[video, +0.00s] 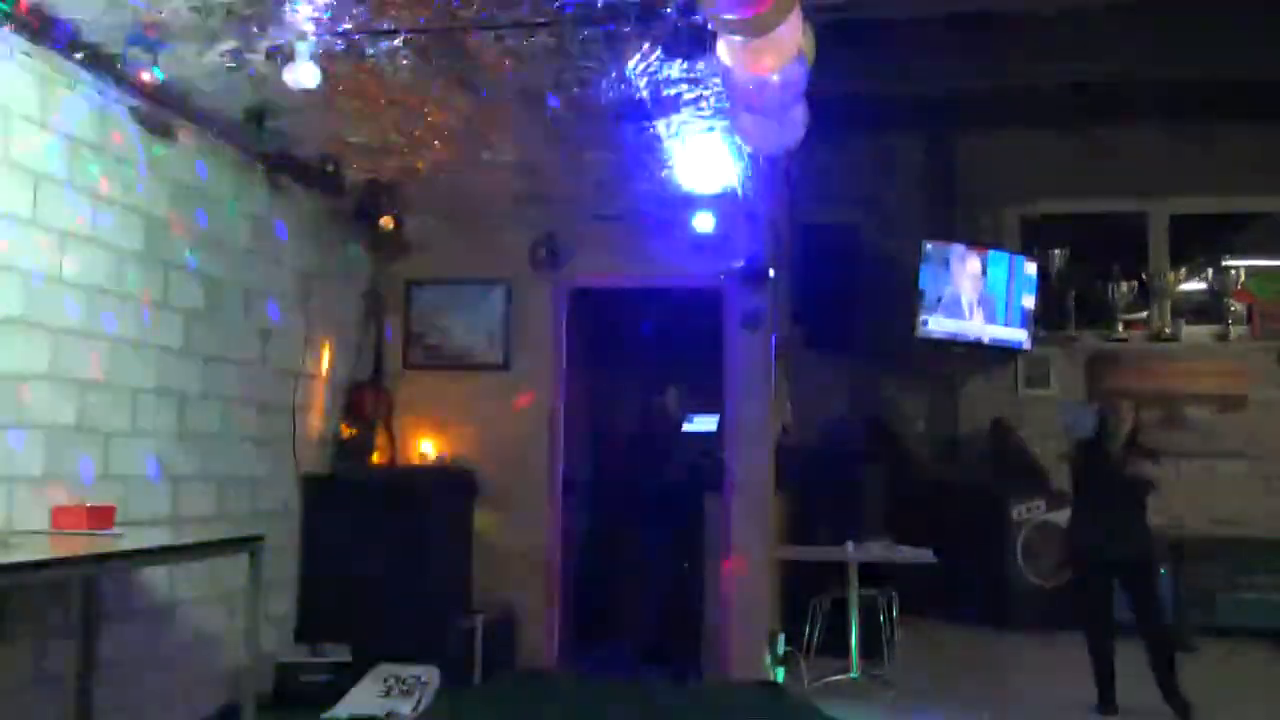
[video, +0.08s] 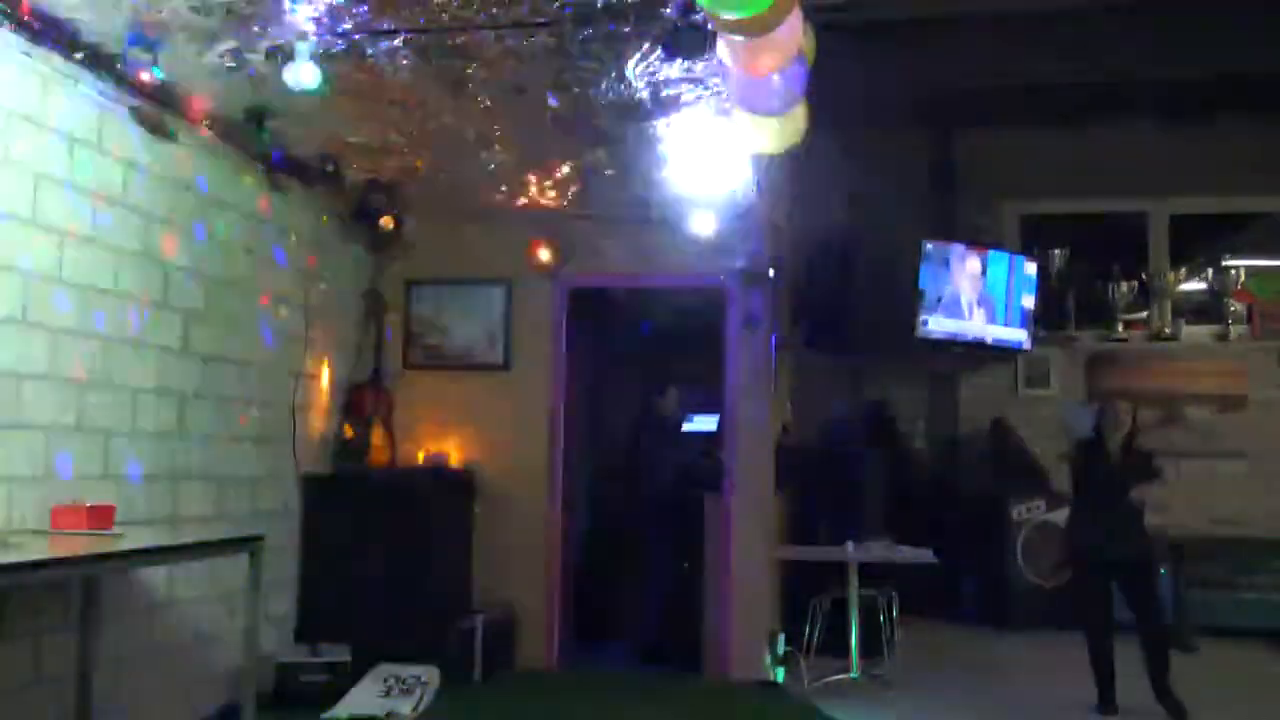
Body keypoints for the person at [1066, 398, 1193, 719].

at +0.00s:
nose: (1121, 421)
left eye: (1127, 414)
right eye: (1115, 414)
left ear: (1135, 419)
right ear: (1103, 418)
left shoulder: (1142, 455)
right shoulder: (1085, 452)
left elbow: (1149, 496)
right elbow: (1081, 500)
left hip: (1134, 548)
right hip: (1093, 549)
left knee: (1153, 622)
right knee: (1099, 627)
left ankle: (1172, 693)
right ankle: (1106, 698)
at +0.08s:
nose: (1116, 422)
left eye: (1119, 417)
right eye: (1109, 417)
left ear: (1125, 423)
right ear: (1098, 423)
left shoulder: (1131, 453)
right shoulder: (1085, 453)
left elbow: (1150, 475)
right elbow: (1093, 496)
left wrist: (1128, 450)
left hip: (1131, 547)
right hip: (1093, 549)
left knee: (1151, 619)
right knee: (1098, 625)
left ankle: (1163, 689)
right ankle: (1106, 697)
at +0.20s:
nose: (1116, 424)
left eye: (1122, 418)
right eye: (1110, 417)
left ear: (1131, 424)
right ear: (1100, 424)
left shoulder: (1140, 462)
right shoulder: (1085, 459)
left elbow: (1155, 504)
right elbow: (1078, 506)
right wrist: (1071, 554)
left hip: (1132, 552)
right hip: (1092, 553)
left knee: (1152, 622)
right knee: (1098, 628)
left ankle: (1161, 695)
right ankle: (1106, 698)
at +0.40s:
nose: (1117, 425)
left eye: (1122, 419)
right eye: (1111, 419)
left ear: (1131, 424)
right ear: (1101, 424)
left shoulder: (1140, 463)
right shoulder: (1089, 460)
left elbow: (1155, 504)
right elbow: (1079, 508)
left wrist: (1159, 529)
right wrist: (1070, 553)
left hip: (1133, 554)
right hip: (1093, 554)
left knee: (1159, 624)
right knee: (1099, 629)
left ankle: (1170, 695)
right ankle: (1106, 698)